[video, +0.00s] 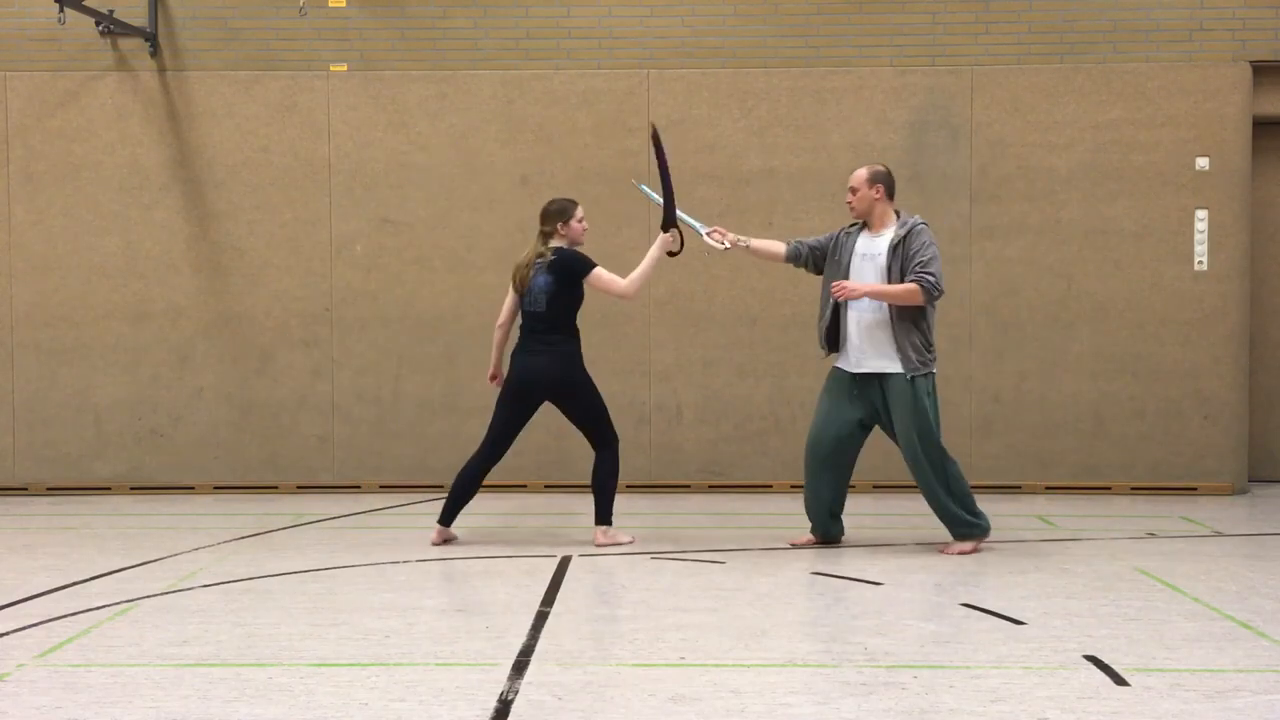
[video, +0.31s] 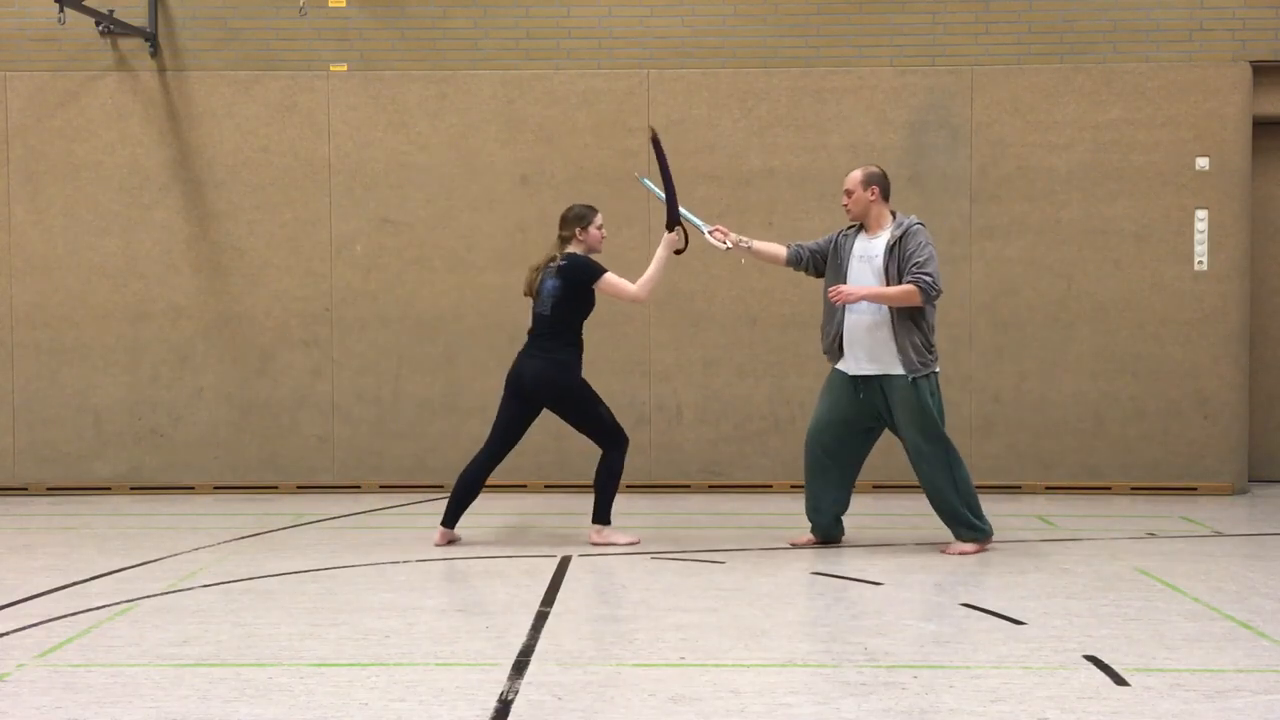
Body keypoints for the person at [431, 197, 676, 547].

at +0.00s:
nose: (586, 226)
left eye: (584, 219)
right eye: (581, 221)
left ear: (552, 229)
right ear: (561, 227)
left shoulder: (529, 264)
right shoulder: (572, 260)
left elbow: (503, 322)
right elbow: (626, 289)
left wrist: (495, 365)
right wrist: (659, 246)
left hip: (524, 371)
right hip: (564, 372)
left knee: (489, 450)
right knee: (606, 443)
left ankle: (442, 527)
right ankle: (603, 530)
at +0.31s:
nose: (604, 234)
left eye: (603, 227)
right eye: (599, 228)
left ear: (574, 233)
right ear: (581, 232)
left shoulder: (549, 267)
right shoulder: (581, 267)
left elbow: (541, 321)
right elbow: (638, 293)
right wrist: (665, 247)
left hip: (525, 373)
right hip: (557, 377)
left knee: (492, 451)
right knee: (616, 442)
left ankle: (445, 529)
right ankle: (601, 528)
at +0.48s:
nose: (632, 241)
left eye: (631, 235)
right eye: (627, 236)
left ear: (604, 242)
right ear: (607, 242)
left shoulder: (585, 277)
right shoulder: (605, 273)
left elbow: (580, 337)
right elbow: (662, 288)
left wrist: (610, 372)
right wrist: (683, 241)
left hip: (555, 381)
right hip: (578, 385)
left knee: (518, 455)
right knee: (634, 448)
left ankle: (451, 518)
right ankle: (601, 527)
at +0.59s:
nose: (653, 235)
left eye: (653, 230)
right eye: (648, 230)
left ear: (627, 236)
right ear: (629, 234)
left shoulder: (613, 269)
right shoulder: (624, 264)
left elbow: (614, 337)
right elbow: (677, 271)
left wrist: (651, 374)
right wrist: (696, 228)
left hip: (582, 378)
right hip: (600, 381)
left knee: (566, 458)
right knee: (643, 452)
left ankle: (489, 499)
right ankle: (601, 528)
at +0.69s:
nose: (684, 224)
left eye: (683, 218)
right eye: (678, 219)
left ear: (659, 224)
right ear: (658, 222)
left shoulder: (656, 264)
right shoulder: (643, 249)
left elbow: (659, 333)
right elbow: (694, 236)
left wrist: (696, 369)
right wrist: (719, 201)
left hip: (635, 368)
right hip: (624, 368)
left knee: (655, 446)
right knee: (646, 449)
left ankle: (591, 494)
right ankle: (601, 528)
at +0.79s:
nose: (707, 218)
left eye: (707, 212)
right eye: (701, 213)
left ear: (689, 217)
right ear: (683, 216)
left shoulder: (684, 262)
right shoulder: (663, 244)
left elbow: (686, 327)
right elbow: (706, 224)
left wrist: (722, 364)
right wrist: (743, 200)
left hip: (673, 366)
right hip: (649, 364)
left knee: (711, 434)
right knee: (643, 448)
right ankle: (602, 526)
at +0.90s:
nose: (735, 219)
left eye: (736, 215)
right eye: (730, 214)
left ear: (725, 217)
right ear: (713, 217)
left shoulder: (722, 266)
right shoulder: (691, 247)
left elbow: (716, 326)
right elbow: (722, 231)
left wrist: (747, 365)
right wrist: (767, 210)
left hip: (708, 366)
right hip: (679, 364)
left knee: (753, 436)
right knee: (652, 444)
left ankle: (777, 516)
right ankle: (607, 520)